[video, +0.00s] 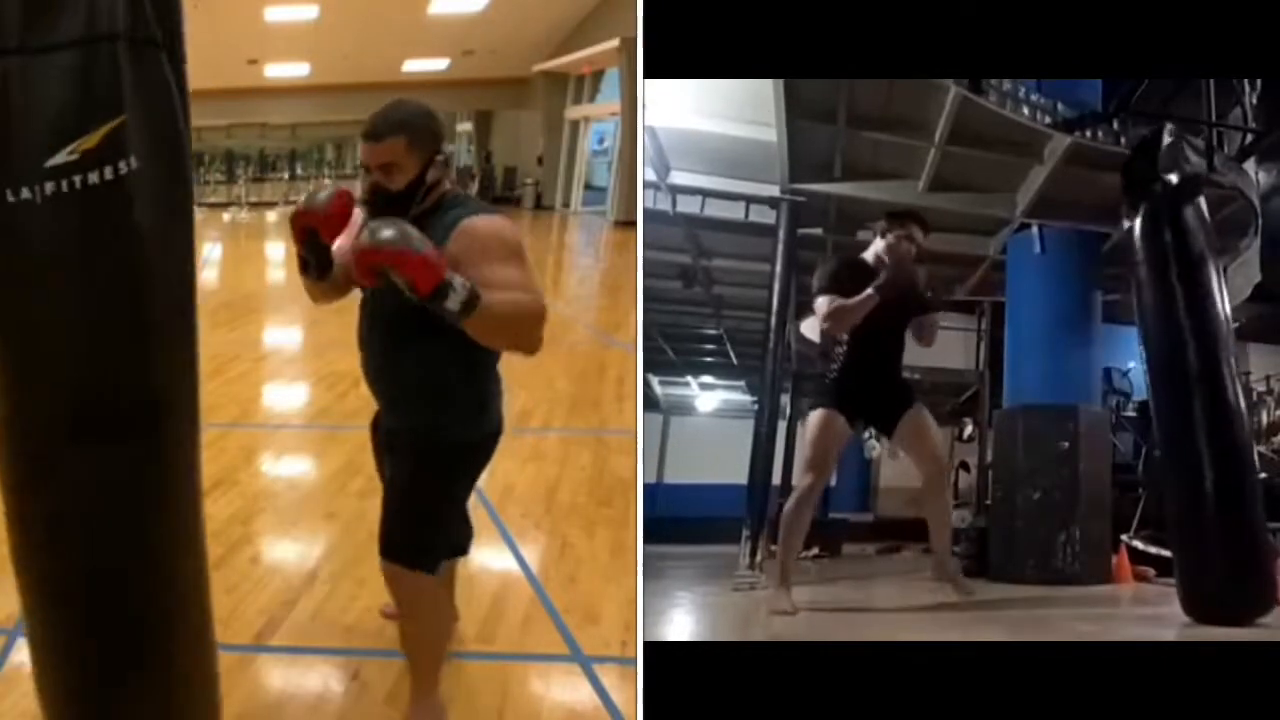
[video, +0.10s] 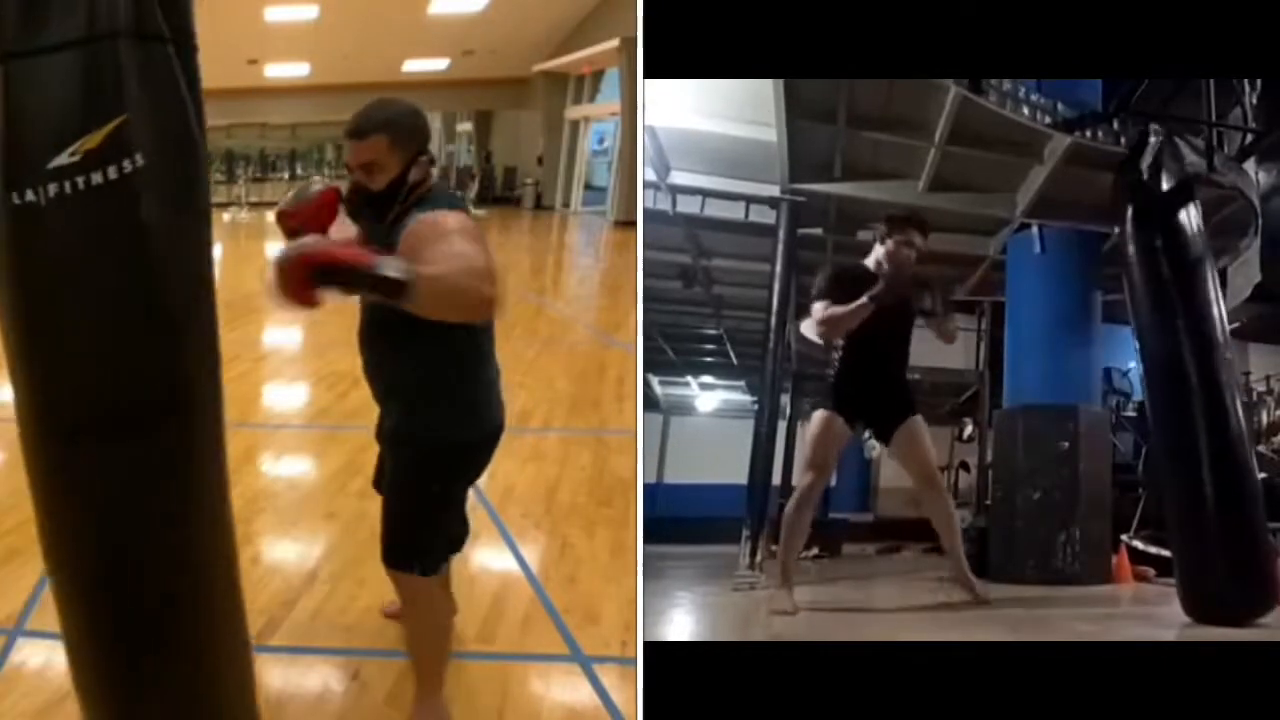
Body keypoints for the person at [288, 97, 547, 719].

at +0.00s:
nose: (373, 182)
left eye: (388, 170)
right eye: (368, 169)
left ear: (430, 163)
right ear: (364, 161)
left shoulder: (480, 231)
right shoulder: (381, 217)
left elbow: (527, 332)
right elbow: (329, 289)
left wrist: (441, 288)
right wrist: (312, 248)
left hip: (450, 424)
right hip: (400, 410)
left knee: (409, 562)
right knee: (423, 520)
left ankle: (424, 700)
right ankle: (436, 606)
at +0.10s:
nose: (356, 181)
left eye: (370, 169)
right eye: (352, 167)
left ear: (413, 163)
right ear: (354, 159)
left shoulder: (438, 220)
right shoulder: (381, 210)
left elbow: (477, 293)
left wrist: (366, 269)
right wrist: (307, 232)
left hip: (443, 422)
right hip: (408, 408)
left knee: (415, 562)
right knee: (407, 507)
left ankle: (430, 703)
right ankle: (426, 595)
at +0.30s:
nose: (364, 187)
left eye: (379, 174)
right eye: (360, 174)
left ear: (422, 169)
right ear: (362, 164)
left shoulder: (434, 236)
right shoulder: (396, 222)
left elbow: (365, 300)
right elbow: (344, 284)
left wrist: (264, 299)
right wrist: (315, 252)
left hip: (453, 424)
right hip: (418, 409)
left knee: (434, 565)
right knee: (420, 508)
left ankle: (431, 701)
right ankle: (433, 588)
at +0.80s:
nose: (413, 178)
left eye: (428, 165)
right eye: (404, 166)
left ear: (459, 161)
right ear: (395, 162)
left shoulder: (474, 223)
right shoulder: (409, 216)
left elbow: (419, 272)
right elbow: (376, 286)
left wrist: (366, 190)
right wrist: (324, 326)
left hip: (495, 403)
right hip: (437, 396)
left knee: (437, 525)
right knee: (447, 501)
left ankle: (453, 668)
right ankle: (444, 585)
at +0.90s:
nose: (435, 175)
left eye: (452, 165)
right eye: (426, 161)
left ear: (482, 168)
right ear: (415, 161)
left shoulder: (491, 231)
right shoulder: (412, 230)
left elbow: (497, 282)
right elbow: (358, 281)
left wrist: (395, 232)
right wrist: (298, 327)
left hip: (484, 428)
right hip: (425, 414)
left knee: (444, 570)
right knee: (440, 510)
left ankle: (433, 710)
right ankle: (444, 588)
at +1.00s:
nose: (460, 178)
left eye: (479, 168)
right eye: (451, 163)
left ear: (506, 178)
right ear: (437, 165)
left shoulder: (524, 261)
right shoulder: (405, 242)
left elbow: (603, 344)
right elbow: (329, 263)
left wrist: (517, 369)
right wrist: (364, 215)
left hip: (468, 454)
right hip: (401, 435)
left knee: (417, 605)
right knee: (425, 525)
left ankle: (410, 712)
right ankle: (445, 603)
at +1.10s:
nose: (517, 172)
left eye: (538, 159)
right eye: (503, 154)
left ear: (557, 173)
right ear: (471, 158)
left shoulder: (563, 277)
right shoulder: (418, 227)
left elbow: (602, 366)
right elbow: (398, 184)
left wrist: (602, 451)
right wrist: (498, 117)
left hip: (456, 475)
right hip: (374, 450)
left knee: (413, 631)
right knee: (377, 524)